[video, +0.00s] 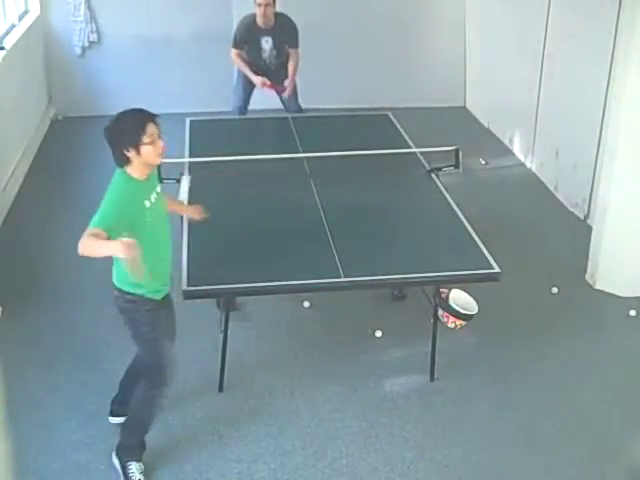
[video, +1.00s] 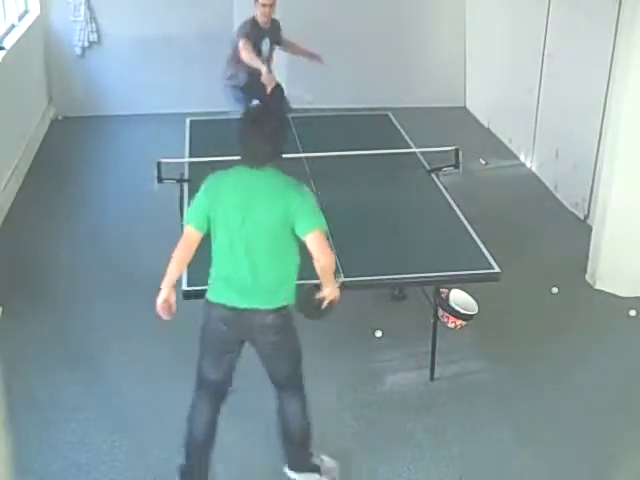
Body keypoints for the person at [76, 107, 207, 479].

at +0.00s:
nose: (162, 144)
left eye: (159, 137)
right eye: (153, 139)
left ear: (146, 146)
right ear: (131, 150)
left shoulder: (152, 173)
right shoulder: (121, 191)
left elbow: (153, 201)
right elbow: (86, 244)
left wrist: (185, 209)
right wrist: (117, 246)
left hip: (159, 288)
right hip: (135, 297)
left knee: (155, 351)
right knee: (158, 370)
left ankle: (121, 406)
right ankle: (129, 454)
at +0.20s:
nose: (167, 156)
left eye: (167, 149)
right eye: (164, 150)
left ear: (133, 146)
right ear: (150, 151)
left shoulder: (118, 173)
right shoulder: (138, 191)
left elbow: (103, 215)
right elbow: (139, 244)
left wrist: (141, 226)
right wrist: (174, 267)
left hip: (133, 284)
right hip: (147, 293)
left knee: (161, 337)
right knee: (187, 358)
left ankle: (124, 405)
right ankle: (157, 442)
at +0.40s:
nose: (180, 146)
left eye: (176, 140)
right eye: (180, 141)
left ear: (141, 142)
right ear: (175, 147)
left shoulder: (121, 180)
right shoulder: (175, 187)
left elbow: (86, 216)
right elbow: (196, 235)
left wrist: (53, 236)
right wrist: (217, 265)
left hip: (134, 287)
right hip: (165, 295)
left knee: (152, 335)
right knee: (207, 356)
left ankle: (124, 409)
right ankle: (195, 445)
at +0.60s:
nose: (206, 150)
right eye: (207, 146)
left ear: (171, 148)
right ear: (204, 152)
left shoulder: (149, 190)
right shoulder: (214, 196)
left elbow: (115, 245)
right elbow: (248, 242)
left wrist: (78, 286)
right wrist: (257, 283)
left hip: (155, 299)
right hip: (193, 306)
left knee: (154, 347)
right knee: (239, 366)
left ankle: (125, 410)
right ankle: (252, 449)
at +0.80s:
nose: (257, 161)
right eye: (257, 156)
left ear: (219, 159)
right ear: (255, 161)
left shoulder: (198, 202)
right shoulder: (270, 206)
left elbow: (174, 258)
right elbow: (306, 255)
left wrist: (144, 303)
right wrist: (314, 299)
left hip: (201, 315)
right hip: (245, 319)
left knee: (178, 368)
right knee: (263, 380)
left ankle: (148, 419)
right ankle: (265, 457)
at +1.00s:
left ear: (243, 142)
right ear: (279, 145)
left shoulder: (216, 185)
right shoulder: (294, 192)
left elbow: (189, 240)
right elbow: (322, 252)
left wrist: (168, 284)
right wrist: (329, 284)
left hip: (222, 315)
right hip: (271, 319)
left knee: (208, 390)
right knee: (289, 388)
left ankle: (193, 471)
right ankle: (300, 465)